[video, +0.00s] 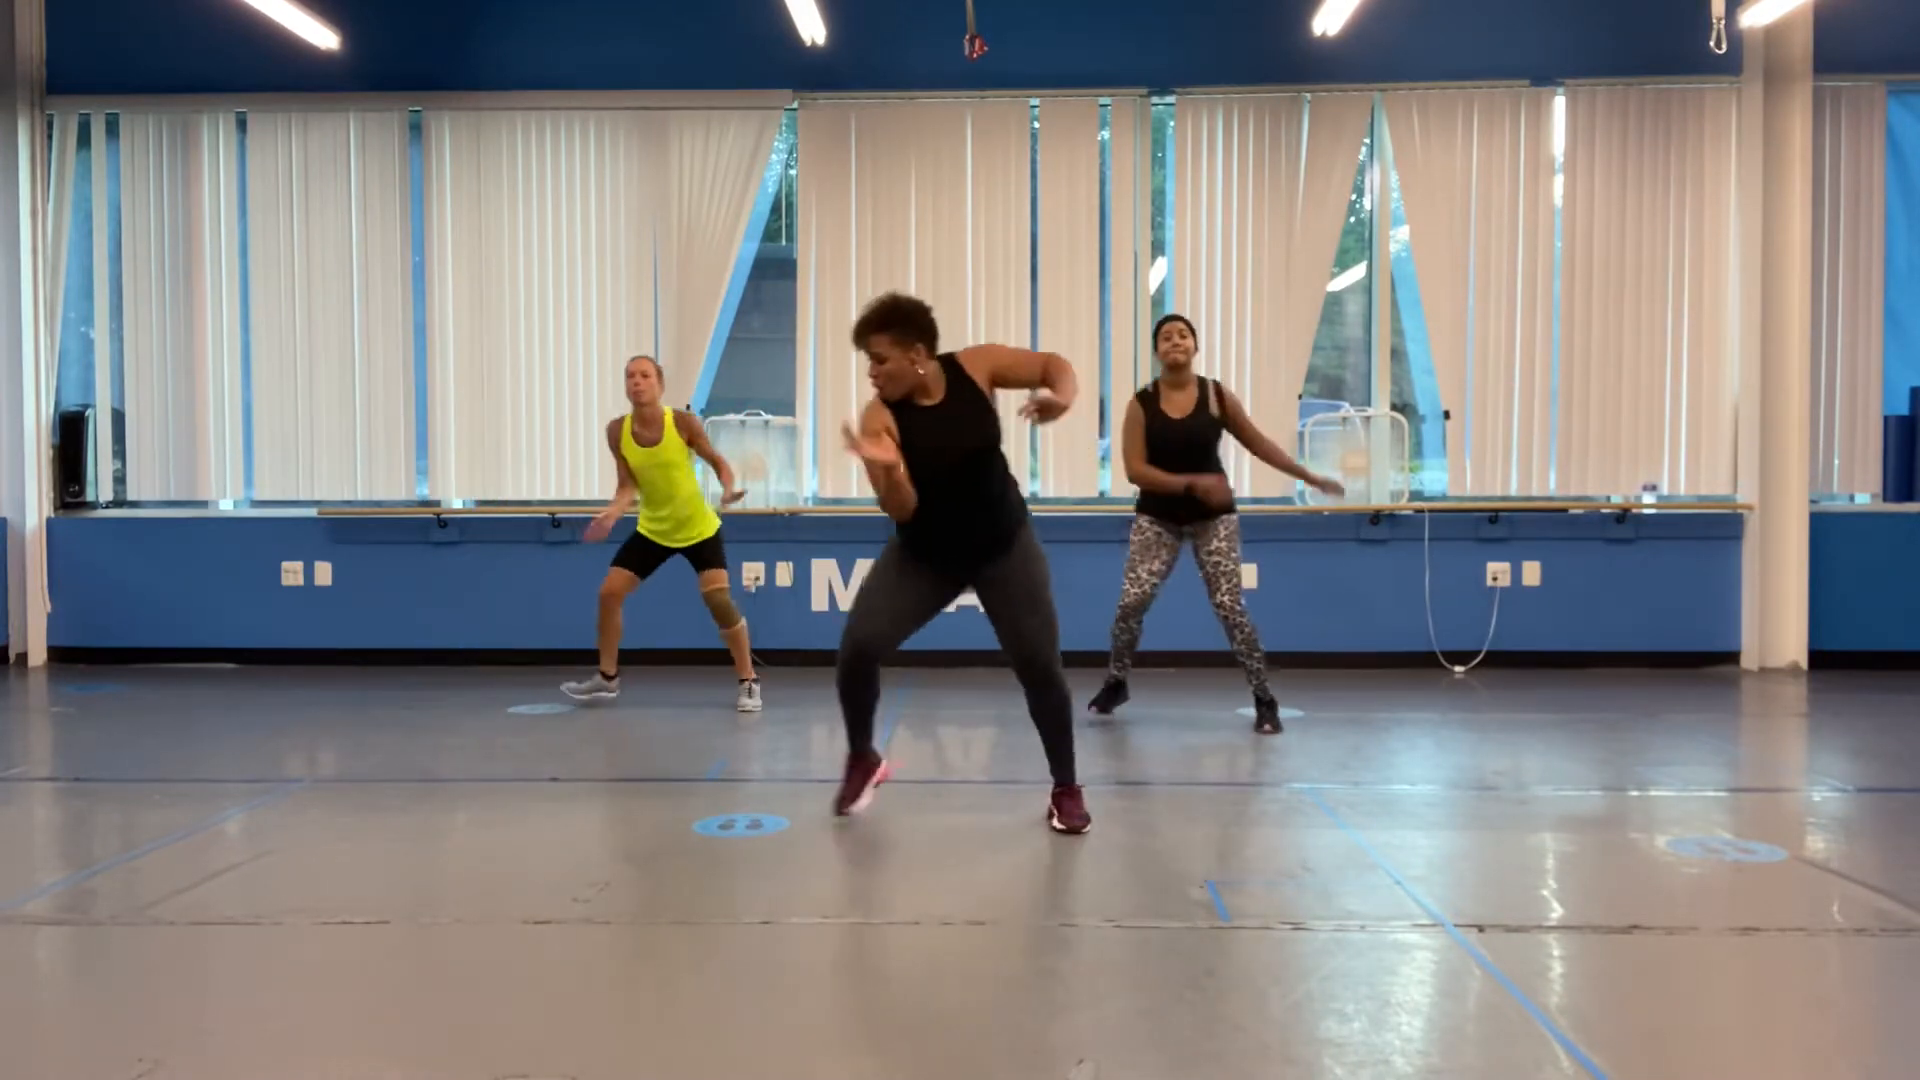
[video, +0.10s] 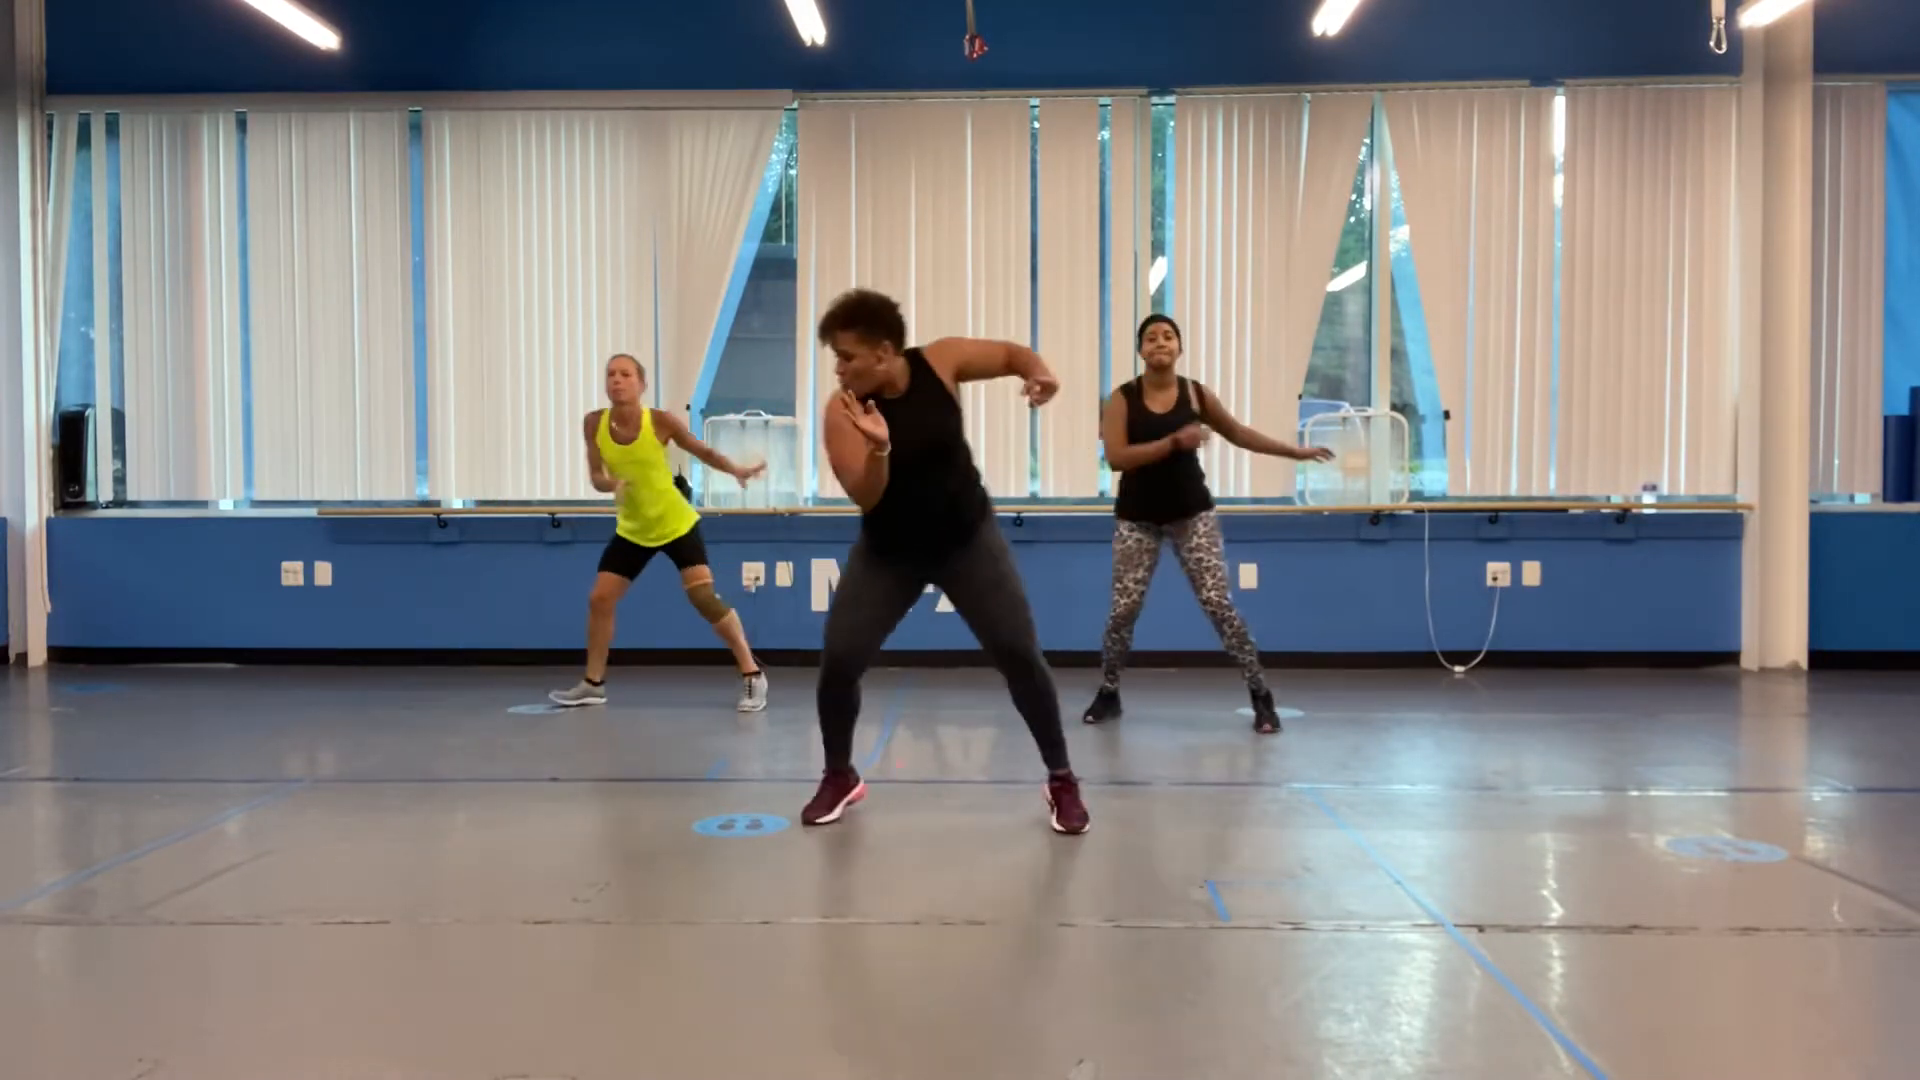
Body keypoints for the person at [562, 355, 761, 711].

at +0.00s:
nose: (636, 382)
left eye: (644, 376)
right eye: (631, 377)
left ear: (660, 384)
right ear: (625, 386)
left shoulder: (684, 423)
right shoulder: (617, 430)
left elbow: (716, 461)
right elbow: (627, 484)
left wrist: (729, 489)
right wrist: (612, 513)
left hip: (698, 525)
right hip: (653, 528)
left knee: (718, 600)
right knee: (610, 593)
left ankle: (748, 682)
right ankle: (607, 679)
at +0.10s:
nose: (616, 380)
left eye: (625, 375)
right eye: (611, 375)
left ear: (641, 385)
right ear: (605, 386)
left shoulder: (662, 421)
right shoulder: (595, 423)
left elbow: (703, 452)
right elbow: (597, 478)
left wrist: (736, 471)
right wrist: (613, 484)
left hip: (674, 522)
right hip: (632, 527)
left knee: (704, 598)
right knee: (600, 599)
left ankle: (753, 676)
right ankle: (592, 684)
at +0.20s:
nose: (598, 384)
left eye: (607, 378)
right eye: (593, 379)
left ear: (623, 386)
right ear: (587, 388)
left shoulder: (645, 425)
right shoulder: (576, 429)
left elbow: (686, 455)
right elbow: (568, 485)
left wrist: (731, 465)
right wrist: (607, 477)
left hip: (657, 526)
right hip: (613, 531)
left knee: (680, 595)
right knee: (579, 599)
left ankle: (723, 668)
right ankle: (589, 685)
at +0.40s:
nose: (569, 384)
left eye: (577, 378)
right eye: (564, 379)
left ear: (594, 387)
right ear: (558, 390)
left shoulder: (620, 420)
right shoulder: (554, 426)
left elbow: (667, 443)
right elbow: (548, 479)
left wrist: (719, 460)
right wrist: (586, 469)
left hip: (641, 525)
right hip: (598, 529)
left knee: (651, 602)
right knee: (552, 590)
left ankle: (677, 680)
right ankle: (566, 675)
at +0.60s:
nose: (540, 389)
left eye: (548, 384)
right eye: (534, 384)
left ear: (565, 393)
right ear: (528, 393)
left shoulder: (586, 425)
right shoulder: (522, 427)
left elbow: (636, 439)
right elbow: (511, 467)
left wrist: (679, 446)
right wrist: (547, 441)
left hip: (603, 527)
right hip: (561, 532)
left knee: (621, 603)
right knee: (524, 598)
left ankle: (677, 671)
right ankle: (516, 685)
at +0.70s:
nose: (532, 391)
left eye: (541, 386)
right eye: (527, 386)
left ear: (558, 394)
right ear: (521, 394)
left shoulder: (581, 430)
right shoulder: (514, 434)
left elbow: (615, 460)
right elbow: (503, 485)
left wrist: (654, 477)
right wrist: (536, 458)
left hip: (594, 532)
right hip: (550, 534)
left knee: (596, 605)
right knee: (512, 598)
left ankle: (628, 663)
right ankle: (516, 685)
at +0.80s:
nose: (539, 387)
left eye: (547, 381)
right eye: (533, 382)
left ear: (564, 390)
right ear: (527, 392)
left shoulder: (589, 433)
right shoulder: (518, 435)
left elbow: (605, 481)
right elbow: (502, 488)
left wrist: (631, 516)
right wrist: (527, 491)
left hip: (590, 530)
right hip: (543, 531)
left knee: (597, 603)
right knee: (507, 598)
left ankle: (612, 669)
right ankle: (514, 684)